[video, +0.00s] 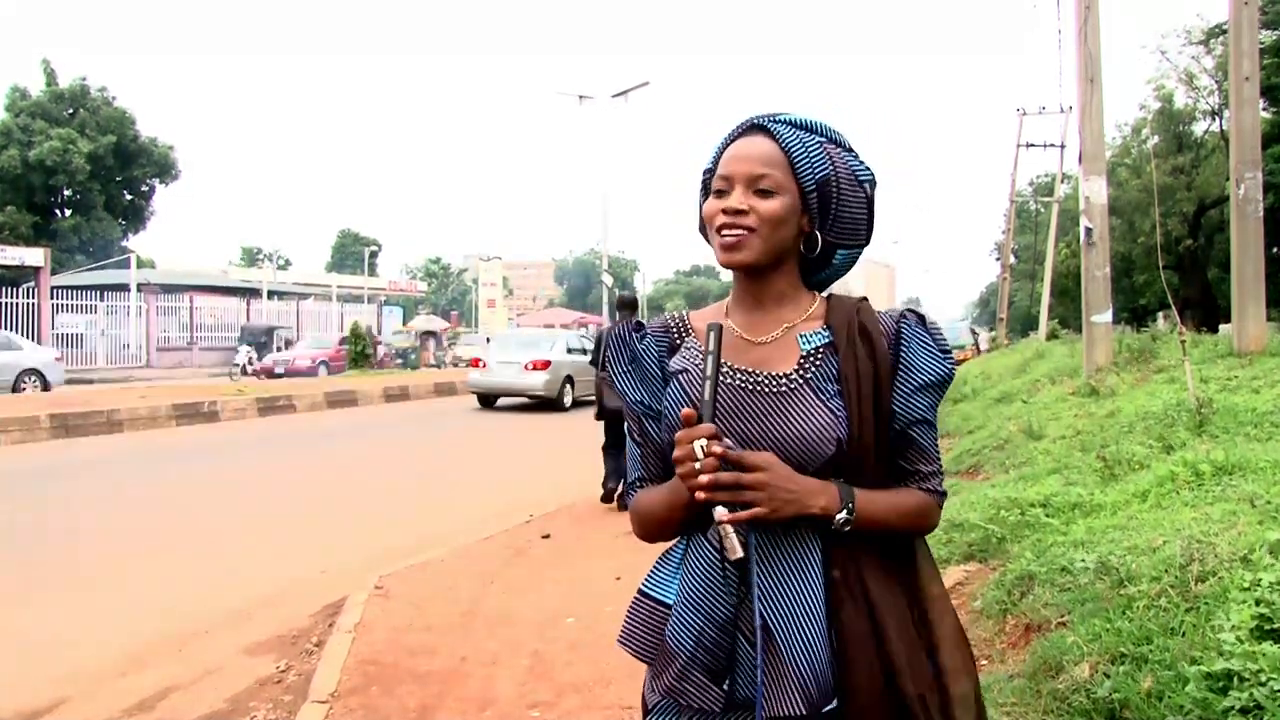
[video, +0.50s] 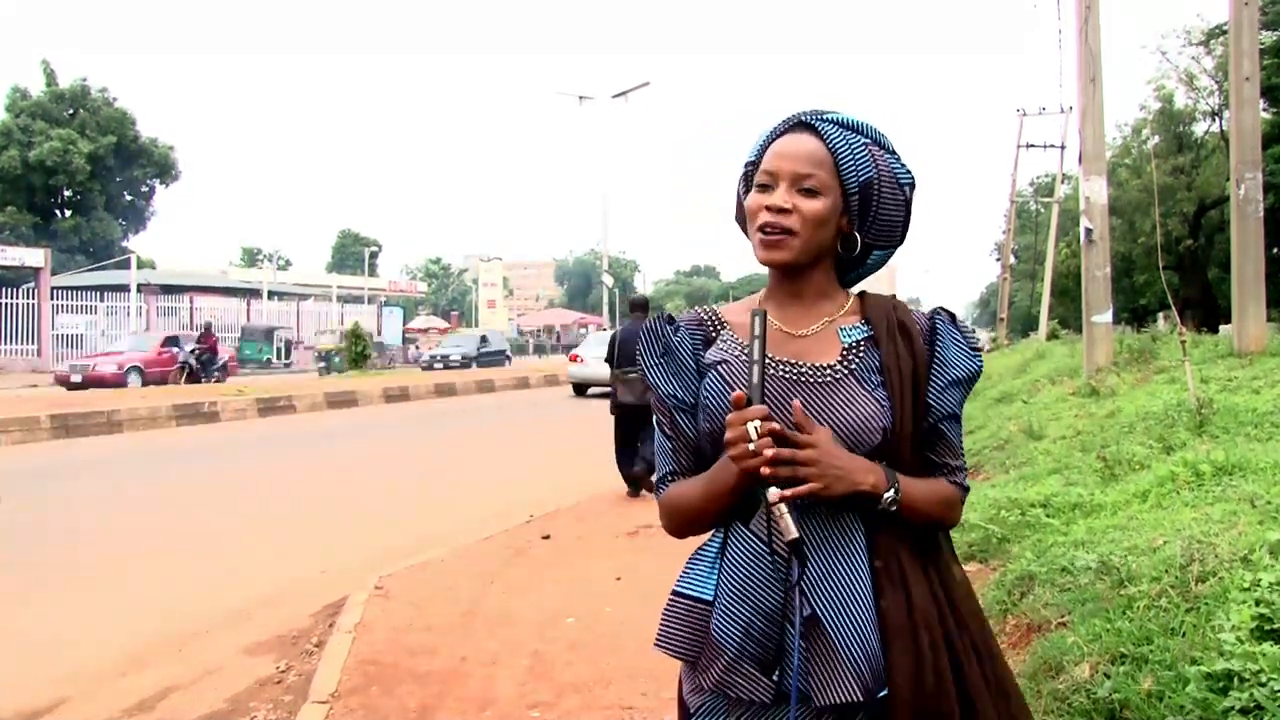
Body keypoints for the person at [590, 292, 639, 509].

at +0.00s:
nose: (625, 314)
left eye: (622, 309)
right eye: (630, 310)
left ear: (617, 309)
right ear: (637, 310)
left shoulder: (605, 334)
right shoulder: (644, 336)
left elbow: (596, 363)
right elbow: (649, 368)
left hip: (611, 400)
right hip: (637, 399)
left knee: (612, 444)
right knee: (634, 444)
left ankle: (611, 480)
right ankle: (627, 493)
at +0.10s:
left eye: (623, 310)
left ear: (619, 311)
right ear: (639, 312)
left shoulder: (610, 336)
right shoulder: (646, 337)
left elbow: (604, 372)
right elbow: (651, 371)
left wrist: (601, 402)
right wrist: (650, 397)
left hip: (618, 402)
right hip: (641, 401)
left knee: (617, 444)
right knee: (636, 445)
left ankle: (619, 484)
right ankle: (627, 493)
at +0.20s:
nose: (630, 320)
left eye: (627, 316)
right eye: (634, 316)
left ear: (622, 315)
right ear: (642, 315)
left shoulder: (612, 339)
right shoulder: (650, 339)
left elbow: (607, 374)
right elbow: (654, 373)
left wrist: (604, 403)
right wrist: (654, 398)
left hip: (621, 403)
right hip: (644, 403)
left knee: (623, 445)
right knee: (637, 446)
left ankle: (627, 482)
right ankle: (628, 492)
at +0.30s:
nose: (632, 320)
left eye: (628, 315)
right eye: (637, 315)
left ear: (623, 315)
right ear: (643, 315)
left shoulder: (614, 339)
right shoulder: (650, 339)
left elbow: (609, 374)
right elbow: (656, 372)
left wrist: (607, 403)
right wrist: (656, 398)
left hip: (623, 400)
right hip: (645, 401)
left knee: (627, 445)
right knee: (638, 445)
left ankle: (629, 483)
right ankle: (632, 488)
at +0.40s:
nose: (635, 317)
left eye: (631, 312)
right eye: (639, 312)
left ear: (625, 313)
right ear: (644, 313)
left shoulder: (616, 337)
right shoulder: (652, 336)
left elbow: (611, 373)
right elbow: (658, 368)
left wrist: (611, 402)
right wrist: (658, 394)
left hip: (624, 396)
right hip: (648, 394)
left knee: (626, 439)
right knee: (645, 436)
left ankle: (633, 481)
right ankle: (638, 472)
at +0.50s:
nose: (638, 314)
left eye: (634, 310)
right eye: (642, 310)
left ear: (629, 311)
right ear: (647, 310)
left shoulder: (619, 334)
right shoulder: (654, 334)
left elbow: (612, 366)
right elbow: (661, 365)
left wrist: (614, 397)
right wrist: (661, 391)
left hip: (624, 401)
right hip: (649, 399)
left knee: (624, 443)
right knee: (649, 434)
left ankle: (633, 485)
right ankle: (643, 468)